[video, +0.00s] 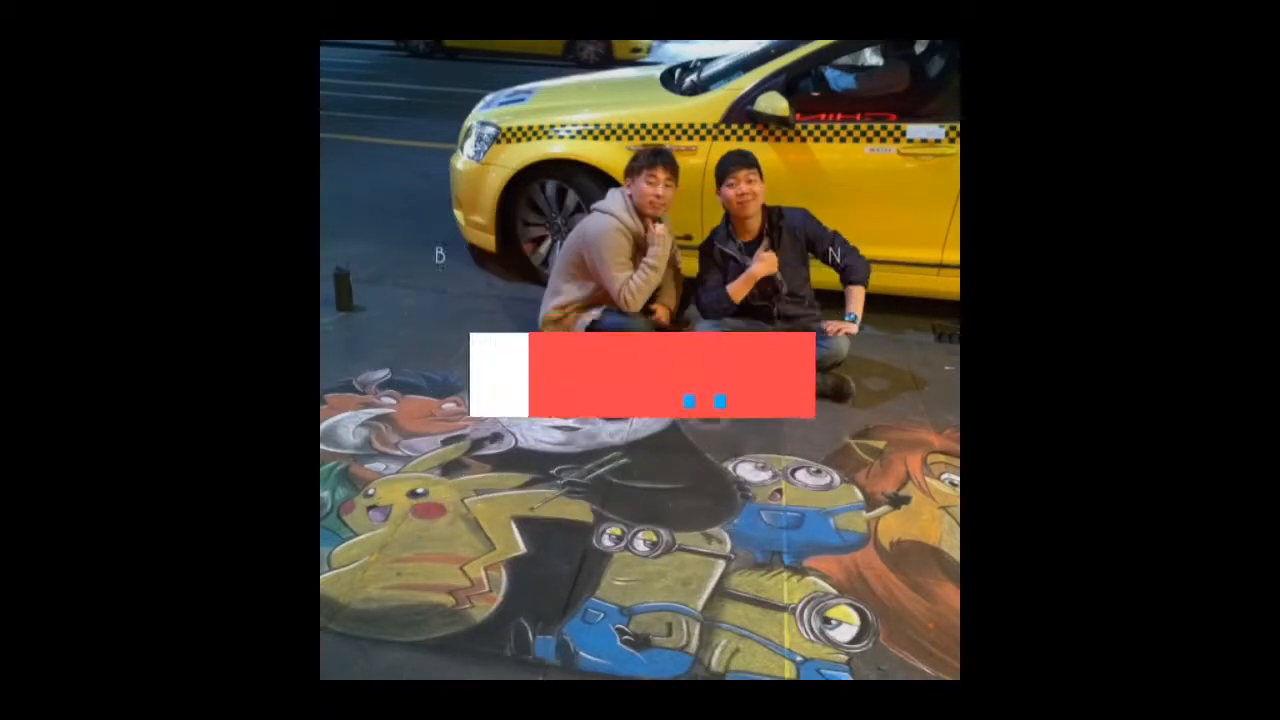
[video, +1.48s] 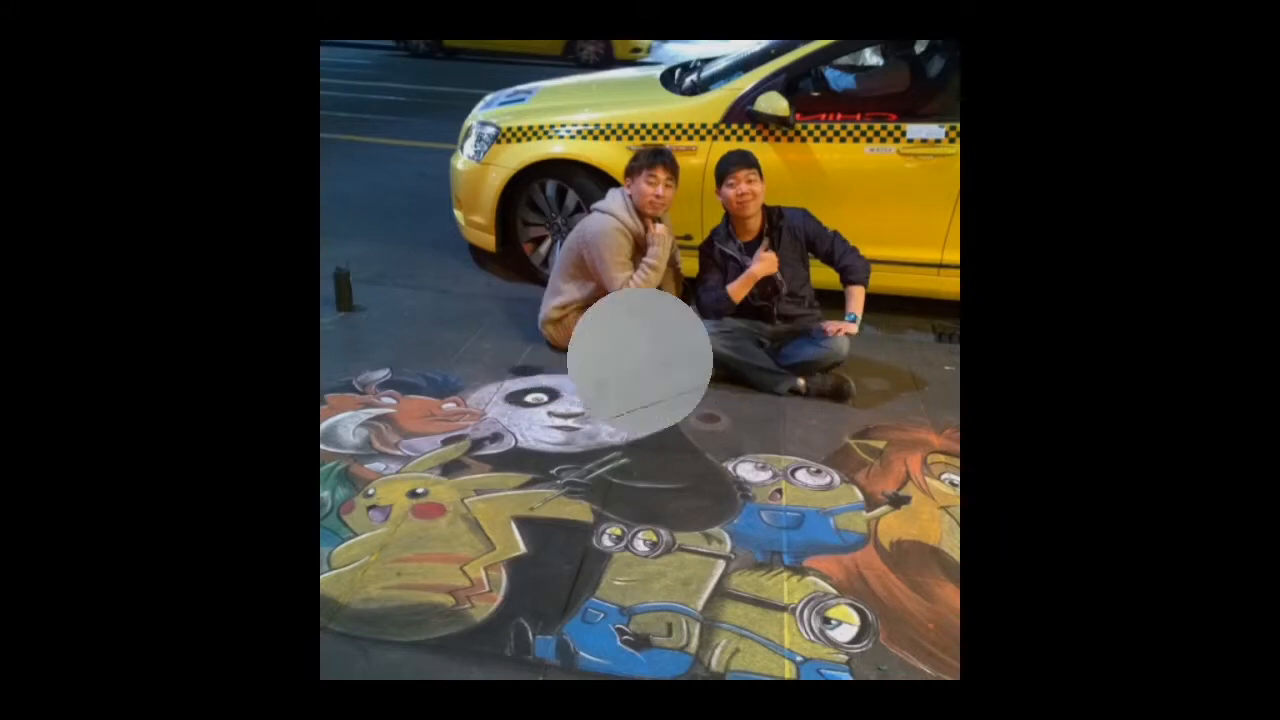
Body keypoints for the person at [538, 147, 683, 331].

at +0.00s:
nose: (660, 193)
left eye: (668, 186)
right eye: (651, 183)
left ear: (675, 192)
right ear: (629, 184)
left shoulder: (655, 222)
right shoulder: (606, 227)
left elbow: (670, 270)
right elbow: (629, 302)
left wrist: (665, 305)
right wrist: (658, 252)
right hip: (570, 317)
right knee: (640, 327)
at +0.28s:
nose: (660, 193)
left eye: (668, 185)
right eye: (651, 183)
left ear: (675, 191)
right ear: (629, 185)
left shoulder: (655, 219)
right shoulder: (605, 228)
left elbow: (670, 269)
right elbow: (629, 300)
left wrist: (663, 306)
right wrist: (658, 251)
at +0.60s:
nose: (660, 193)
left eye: (668, 185)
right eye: (651, 182)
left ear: (674, 192)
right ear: (629, 184)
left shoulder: (656, 219)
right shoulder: (605, 227)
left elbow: (669, 266)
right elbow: (628, 301)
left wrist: (664, 304)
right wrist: (657, 252)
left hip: (605, 308)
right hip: (566, 320)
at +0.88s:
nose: (660, 193)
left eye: (668, 185)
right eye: (651, 182)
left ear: (675, 192)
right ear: (629, 184)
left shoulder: (656, 222)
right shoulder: (605, 227)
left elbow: (670, 268)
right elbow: (629, 300)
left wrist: (665, 304)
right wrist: (658, 250)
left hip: (608, 307)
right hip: (567, 319)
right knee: (638, 328)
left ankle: (632, 348)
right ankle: (669, 336)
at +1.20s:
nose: (660, 193)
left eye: (668, 185)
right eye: (651, 182)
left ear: (675, 192)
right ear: (629, 184)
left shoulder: (656, 221)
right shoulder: (605, 227)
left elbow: (670, 269)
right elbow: (629, 300)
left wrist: (665, 304)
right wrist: (658, 250)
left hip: (609, 306)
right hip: (567, 319)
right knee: (638, 328)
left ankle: (631, 346)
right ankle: (669, 336)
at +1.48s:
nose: (660, 193)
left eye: (668, 185)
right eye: (651, 183)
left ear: (675, 192)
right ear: (629, 184)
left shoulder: (656, 220)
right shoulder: (605, 228)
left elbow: (668, 285)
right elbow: (626, 298)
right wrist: (657, 252)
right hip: (565, 323)